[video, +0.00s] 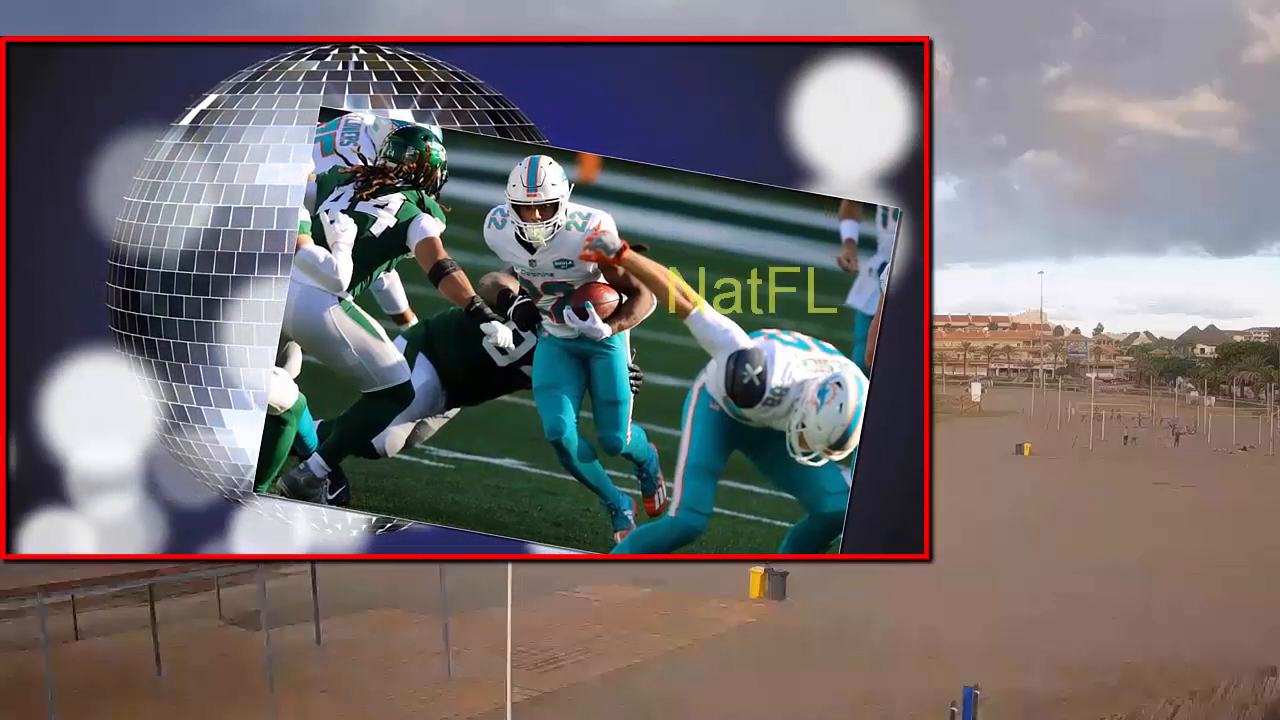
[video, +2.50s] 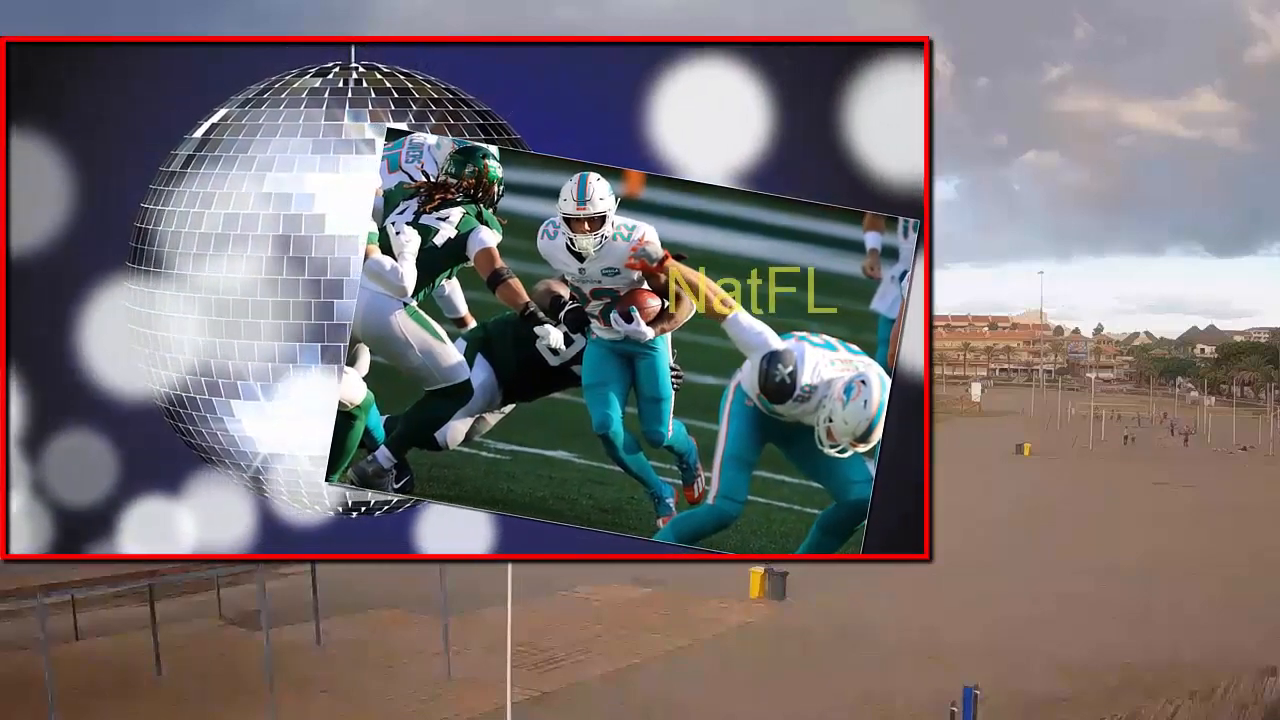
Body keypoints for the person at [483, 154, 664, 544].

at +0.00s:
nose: (534, 217)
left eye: (543, 208)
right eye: (525, 209)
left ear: (561, 201)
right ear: (512, 204)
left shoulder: (594, 229)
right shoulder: (497, 228)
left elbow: (646, 295)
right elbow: (524, 272)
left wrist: (610, 328)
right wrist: (527, 303)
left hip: (606, 340)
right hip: (554, 339)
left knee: (613, 440)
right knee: (558, 433)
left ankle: (649, 469)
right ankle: (619, 507)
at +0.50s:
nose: (544, 219)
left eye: (553, 210)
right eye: (535, 211)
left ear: (571, 204)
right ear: (523, 206)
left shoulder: (602, 232)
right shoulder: (508, 231)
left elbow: (655, 296)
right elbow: (534, 273)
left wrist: (619, 329)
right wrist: (539, 304)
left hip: (614, 340)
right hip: (564, 339)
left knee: (622, 439)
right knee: (568, 432)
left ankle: (657, 467)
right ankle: (628, 504)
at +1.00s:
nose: (554, 221)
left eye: (563, 213)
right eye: (545, 213)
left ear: (580, 206)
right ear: (533, 209)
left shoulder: (612, 234)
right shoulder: (519, 233)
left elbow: (660, 296)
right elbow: (543, 274)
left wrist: (628, 329)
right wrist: (542, 305)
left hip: (623, 341)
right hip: (573, 340)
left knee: (630, 438)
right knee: (578, 432)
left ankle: (664, 463)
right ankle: (636, 501)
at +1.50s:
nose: (564, 224)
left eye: (572, 215)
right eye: (555, 216)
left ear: (590, 209)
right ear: (543, 211)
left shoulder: (621, 237)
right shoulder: (529, 234)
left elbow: (668, 299)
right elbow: (555, 276)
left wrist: (636, 330)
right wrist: (559, 306)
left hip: (632, 341)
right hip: (583, 340)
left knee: (639, 436)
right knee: (587, 430)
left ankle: (673, 462)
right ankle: (645, 499)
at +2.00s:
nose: (574, 226)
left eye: (582, 218)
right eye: (565, 218)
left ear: (599, 211)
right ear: (553, 214)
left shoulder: (630, 238)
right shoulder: (539, 237)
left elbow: (678, 300)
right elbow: (566, 278)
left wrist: (644, 331)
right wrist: (573, 306)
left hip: (641, 342)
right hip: (592, 341)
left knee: (648, 435)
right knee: (597, 428)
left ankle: (681, 462)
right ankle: (653, 497)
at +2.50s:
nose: (583, 228)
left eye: (592, 220)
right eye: (575, 221)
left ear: (608, 214)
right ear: (563, 216)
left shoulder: (639, 240)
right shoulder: (550, 239)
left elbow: (687, 301)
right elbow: (575, 279)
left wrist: (653, 331)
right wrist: (582, 308)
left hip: (649, 342)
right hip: (602, 341)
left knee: (656, 434)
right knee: (606, 427)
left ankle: (689, 460)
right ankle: (661, 494)